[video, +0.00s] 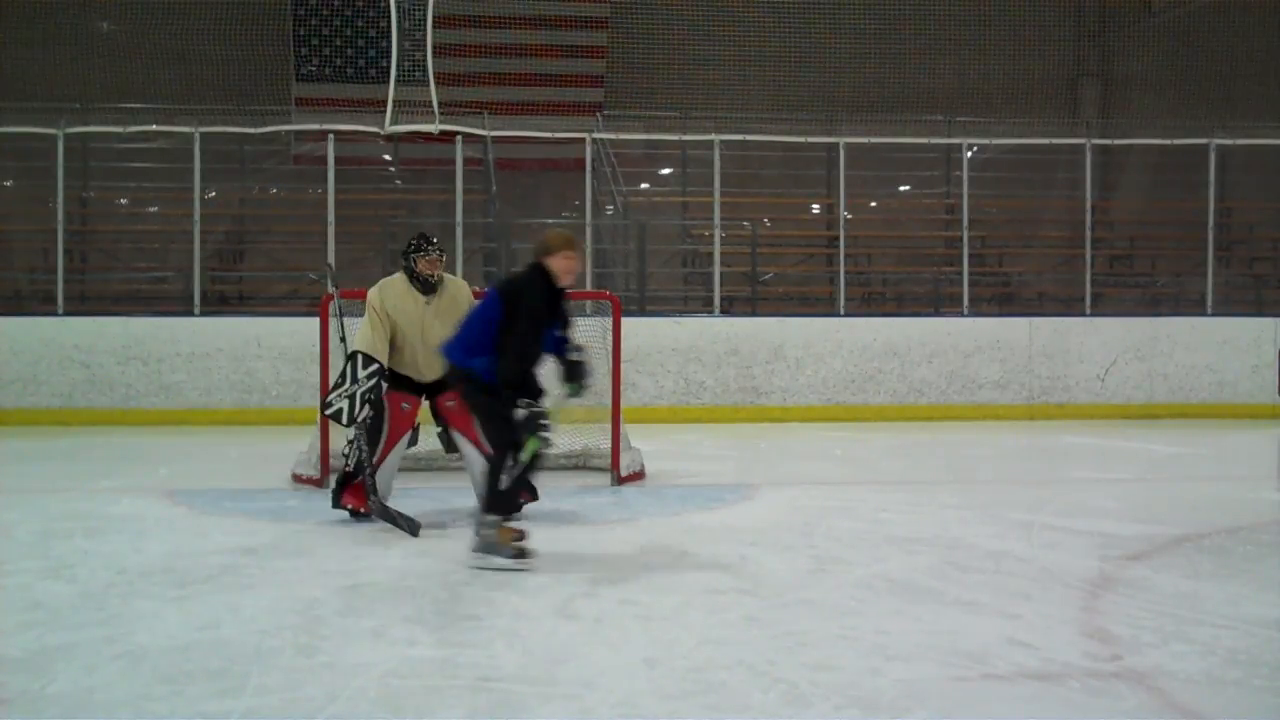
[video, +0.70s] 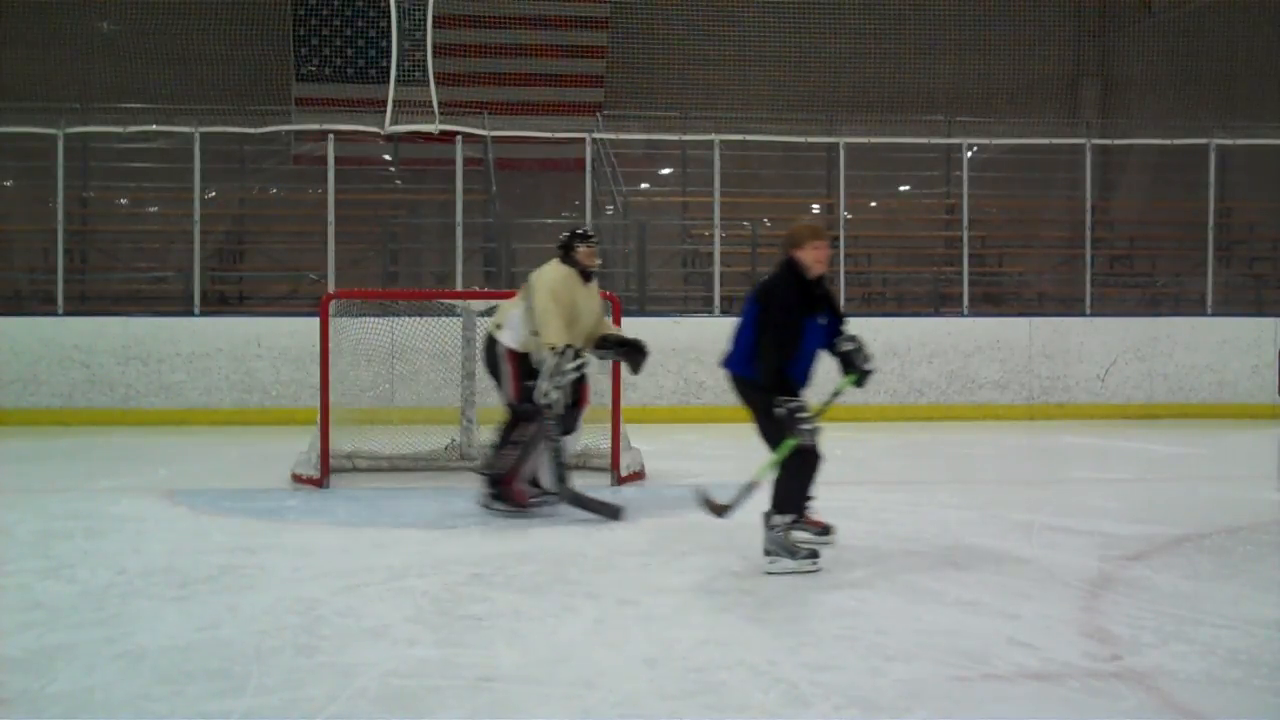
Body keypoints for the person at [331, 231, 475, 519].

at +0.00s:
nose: (434, 267)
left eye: (438, 261)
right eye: (427, 261)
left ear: (443, 262)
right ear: (411, 263)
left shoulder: (459, 291)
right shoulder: (384, 294)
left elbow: (475, 335)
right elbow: (371, 345)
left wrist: (478, 379)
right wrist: (368, 388)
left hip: (448, 378)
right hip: (402, 379)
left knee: (475, 438)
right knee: (388, 438)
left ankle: (496, 501)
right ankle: (366, 499)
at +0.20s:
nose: (458, 269)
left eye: (461, 263)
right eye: (451, 263)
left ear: (466, 265)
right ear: (434, 265)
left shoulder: (475, 293)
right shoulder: (409, 295)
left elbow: (485, 330)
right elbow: (388, 334)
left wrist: (495, 350)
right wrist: (392, 368)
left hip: (460, 380)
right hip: (417, 381)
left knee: (496, 416)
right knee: (405, 429)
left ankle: (488, 487)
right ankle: (357, 488)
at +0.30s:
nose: (486, 266)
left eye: (489, 261)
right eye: (479, 261)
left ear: (493, 264)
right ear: (462, 263)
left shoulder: (495, 295)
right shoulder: (439, 290)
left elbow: (497, 334)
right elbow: (417, 330)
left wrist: (521, 346)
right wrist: (424, 361)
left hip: (472, 378)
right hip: (433, 378)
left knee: (505, 420)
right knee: (415, 432)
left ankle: (485, 488)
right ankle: (357, 485)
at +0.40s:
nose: (519, 265)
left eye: (520, 260)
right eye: (512, 260)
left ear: (519, 264)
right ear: (496, 261)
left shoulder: (516, 295)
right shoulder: (480, 285)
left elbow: (520, 336)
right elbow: (455, 327)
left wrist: (551, 340)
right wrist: (461, 357)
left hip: (489, 378)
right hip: (452, 374)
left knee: (521, 409)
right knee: (428, 432)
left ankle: (494, 482)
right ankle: (362, 481)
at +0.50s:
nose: (549, 260)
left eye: (549, 255)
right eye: (542, 254)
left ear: (545, 260)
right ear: (527, 257)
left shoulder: (537, 290)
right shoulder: (512, 281)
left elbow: (539, 332)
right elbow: (498, 330)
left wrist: (576, 341)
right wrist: (495, 368)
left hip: (498, 367)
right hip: (469, 361)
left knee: (542, 392)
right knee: (455, 424)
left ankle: (505, 484)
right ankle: (393, 478)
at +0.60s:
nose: (572, 256)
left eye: (574, 251)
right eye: (566, 251)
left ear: (573, 255)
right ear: (551, 253)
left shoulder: (566, 289)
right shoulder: (531, 279)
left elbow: (566, 334)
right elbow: (524, 334)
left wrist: (598, 345)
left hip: (524, 357)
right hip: (490, 350)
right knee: (489, 416)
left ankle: (516, 482)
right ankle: (444, 475)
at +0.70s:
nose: (593, 254)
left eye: (594, 249)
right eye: (587, 249)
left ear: (594, 253)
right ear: (570, 252)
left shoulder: (588, 287)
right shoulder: (550, 277)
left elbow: (593, 329)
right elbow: (548, 322)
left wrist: (620, 345)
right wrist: (560, 360)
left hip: (544, 351)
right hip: (509, 346)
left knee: (554, 414)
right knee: (527, 413)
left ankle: (531, 477)